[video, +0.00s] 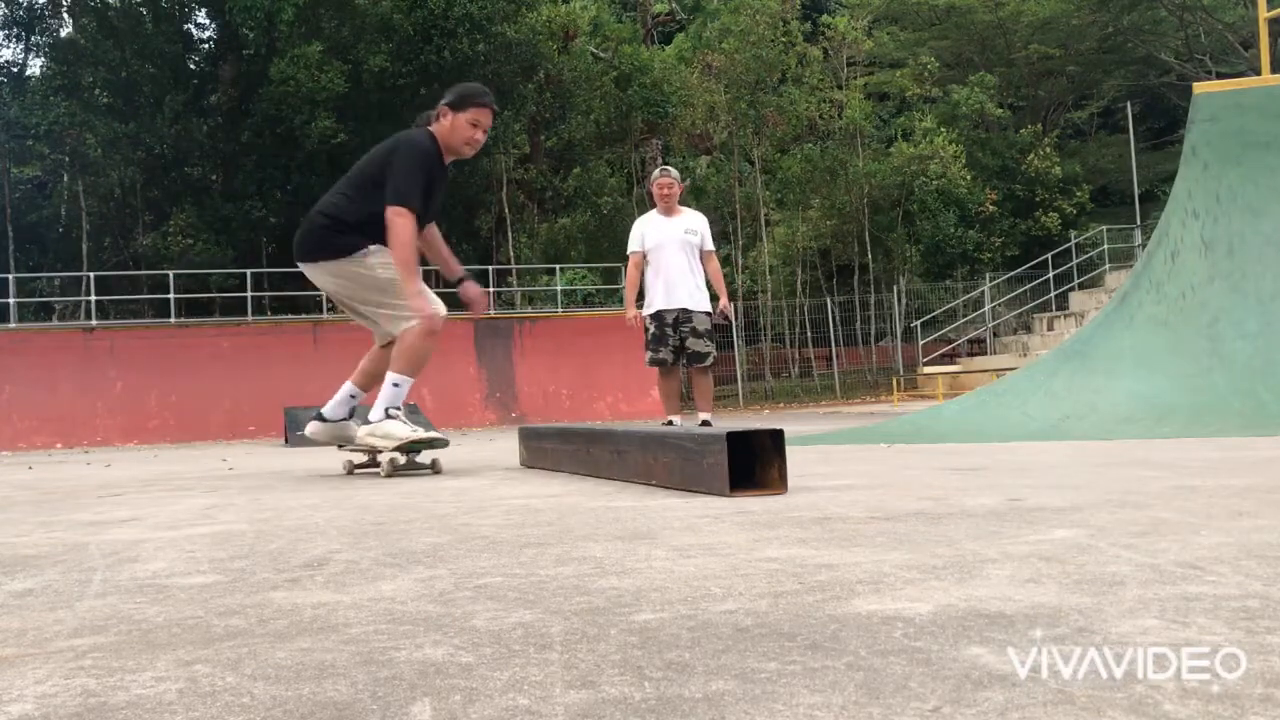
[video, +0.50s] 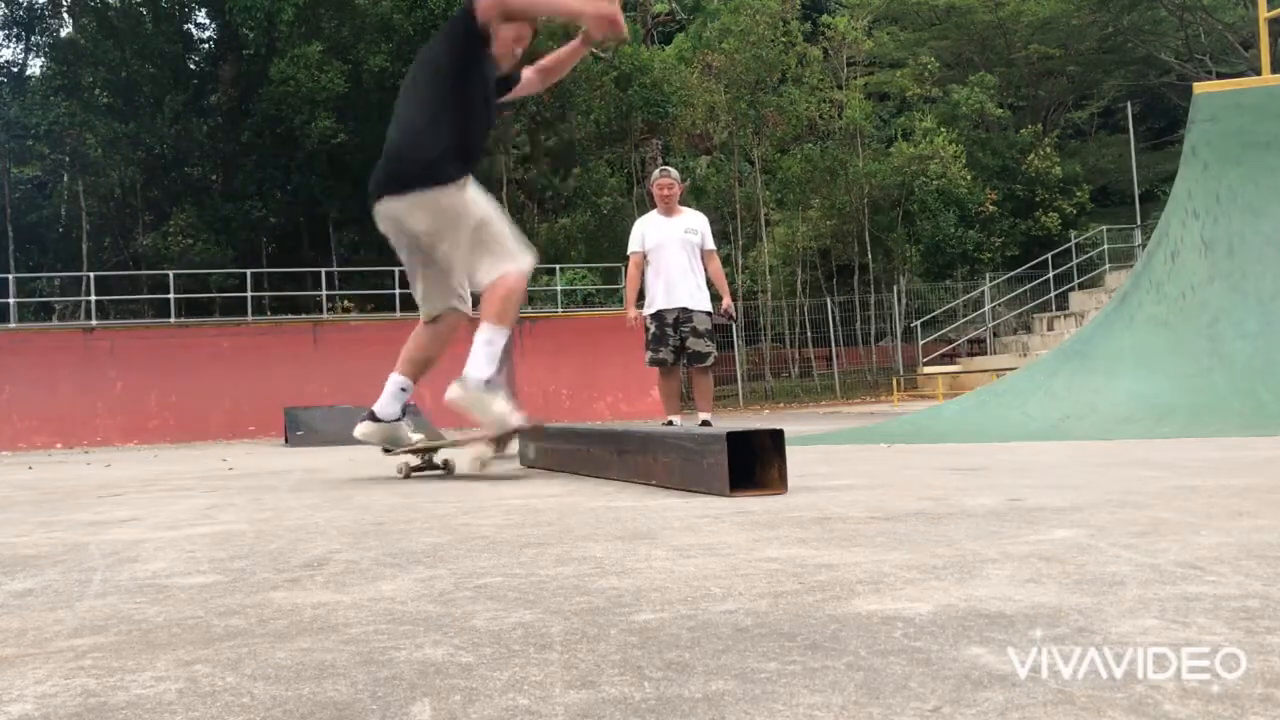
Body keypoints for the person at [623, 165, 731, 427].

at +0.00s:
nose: (665, 192)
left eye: (670, 187)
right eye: (660, 187)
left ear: (680, 189)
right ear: (652, 191)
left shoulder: (697, 219)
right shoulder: (642, 224)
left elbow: (710, 259)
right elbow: (635, 266)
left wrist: (723, 295)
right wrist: (630, 305)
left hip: (696, 304)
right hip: (659, 307)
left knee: (701, 365)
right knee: (667, 367)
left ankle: (705, 419)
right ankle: (673, 421)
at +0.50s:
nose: (666, 192)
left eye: (670, 187)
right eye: (660, 188)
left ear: (680, 189)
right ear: (652, 191)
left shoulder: (698, 219)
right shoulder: (643, 224)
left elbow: (711, 259)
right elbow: (635, 266)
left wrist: (726, 295)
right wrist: (630, 305)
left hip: (696, 304)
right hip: (660, 306)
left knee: (701, 365)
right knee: (668, 367)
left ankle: (705, 419)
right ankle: (673, 421)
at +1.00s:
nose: (668, 192)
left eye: (673, 187)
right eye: (663, 187)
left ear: (683, 189)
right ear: (654, 191)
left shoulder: (699, 220)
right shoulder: (643, 224)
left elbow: (712, 259)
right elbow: (635, 266)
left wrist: (725, 296)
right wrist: (631, 305)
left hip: (696, 304)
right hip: (660, 306)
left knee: (701, 365)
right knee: (667, 367)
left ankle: (705, 418)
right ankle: (673, 421)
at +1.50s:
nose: (670, 191)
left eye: (675, 186)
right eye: (664, 186)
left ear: (684, 189)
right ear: (656, 190)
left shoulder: (700, 220)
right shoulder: (645, 223)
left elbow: (712, 260)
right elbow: (637, 264)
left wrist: (726, 297)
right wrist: (632, 304)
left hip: (697, 305)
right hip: (661, 306)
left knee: (702, 365)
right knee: (668, 367)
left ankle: (705, 418)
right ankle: (673, 421)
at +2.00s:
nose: (668, 191)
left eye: (673, 186)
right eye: (663, 186)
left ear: (683, 188)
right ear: (655, 190)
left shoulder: (701, 220)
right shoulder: (645, 223)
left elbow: (713, 260)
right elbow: (637, 265)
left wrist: (726, 297)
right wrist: (632, 305)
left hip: (697, 305)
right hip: (661, 307)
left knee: (702, 365)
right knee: (668, 366)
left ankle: (705, 418)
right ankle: (673, 420)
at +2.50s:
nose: (668, 191)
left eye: (673, 186)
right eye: (663, 187)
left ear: (684, 187)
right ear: (656, 190)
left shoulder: (703, 220)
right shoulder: (647, 223)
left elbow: (715, 260)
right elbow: (638, 265)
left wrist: (726, 297)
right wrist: (633, 305)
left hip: (697, 305)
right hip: (661, 306)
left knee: (702, 365)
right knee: (668, 366)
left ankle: (705, 418)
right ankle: (672, 420)